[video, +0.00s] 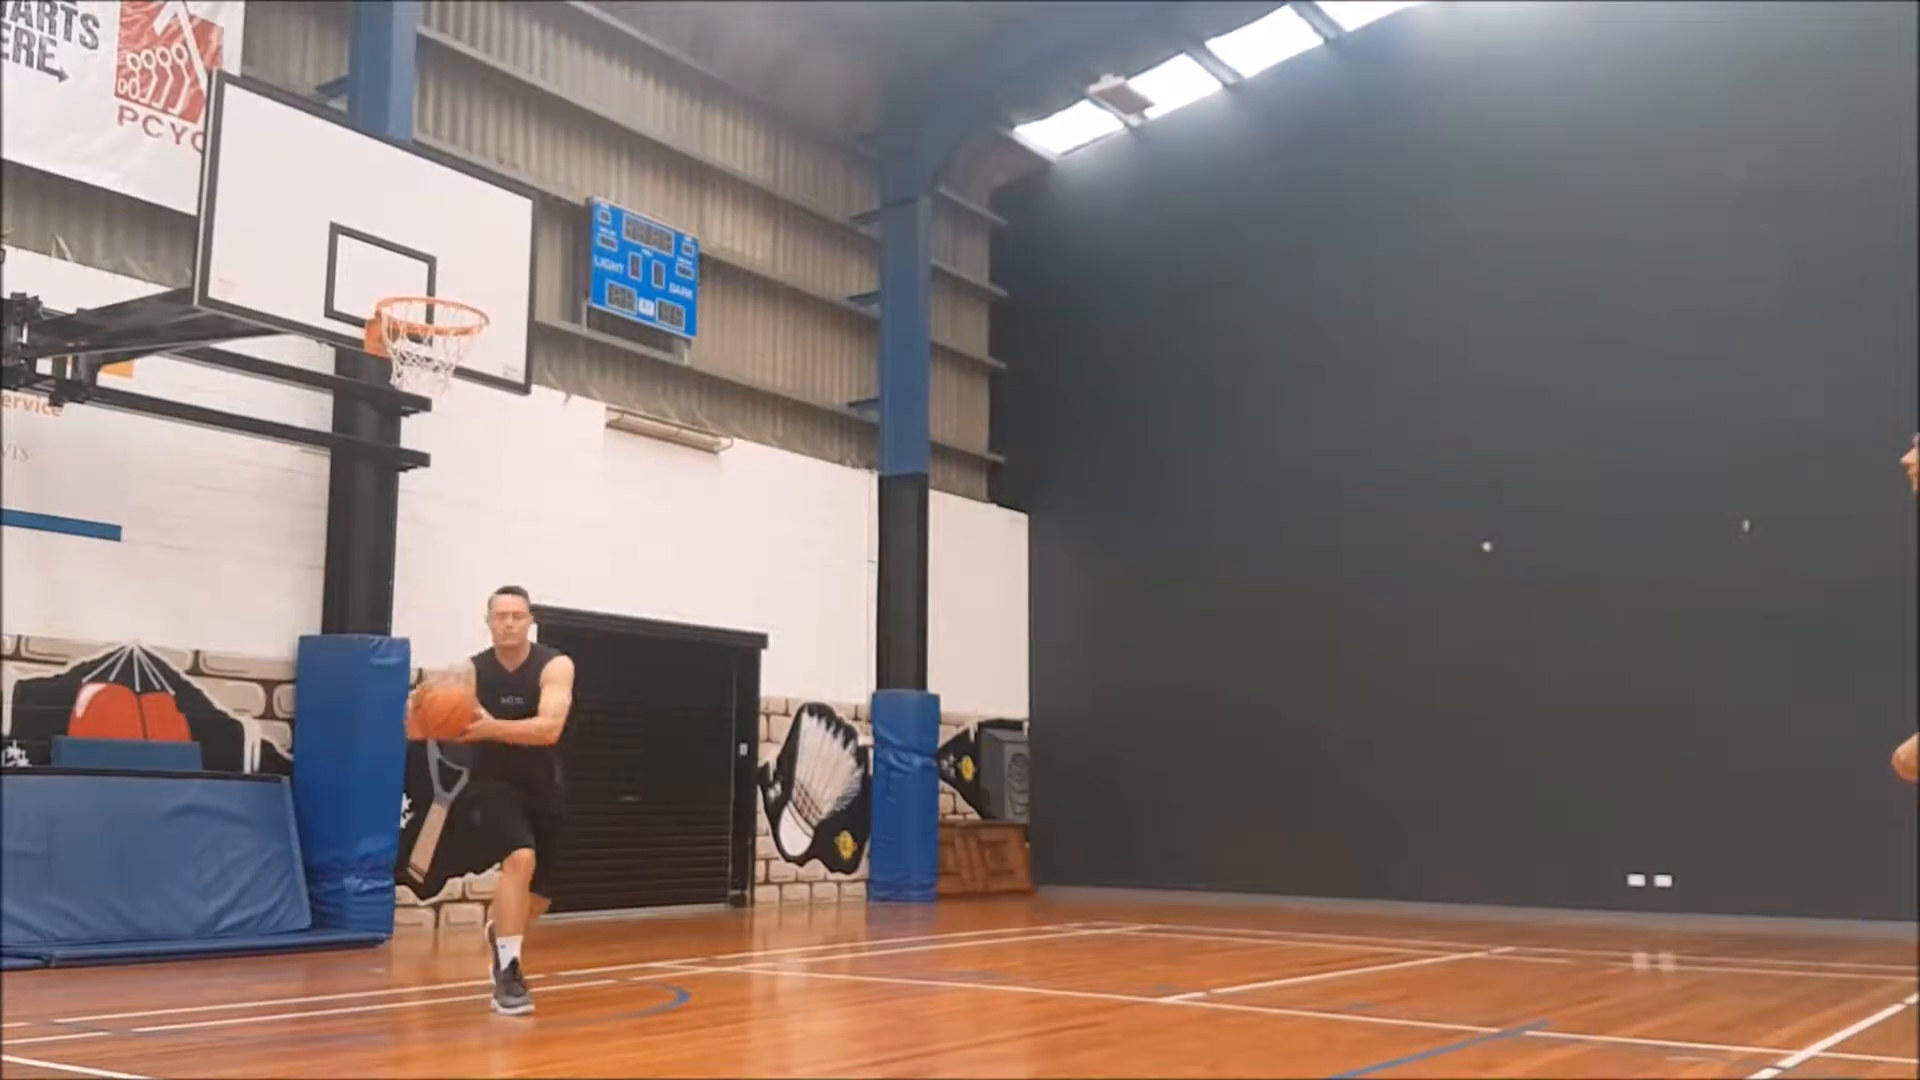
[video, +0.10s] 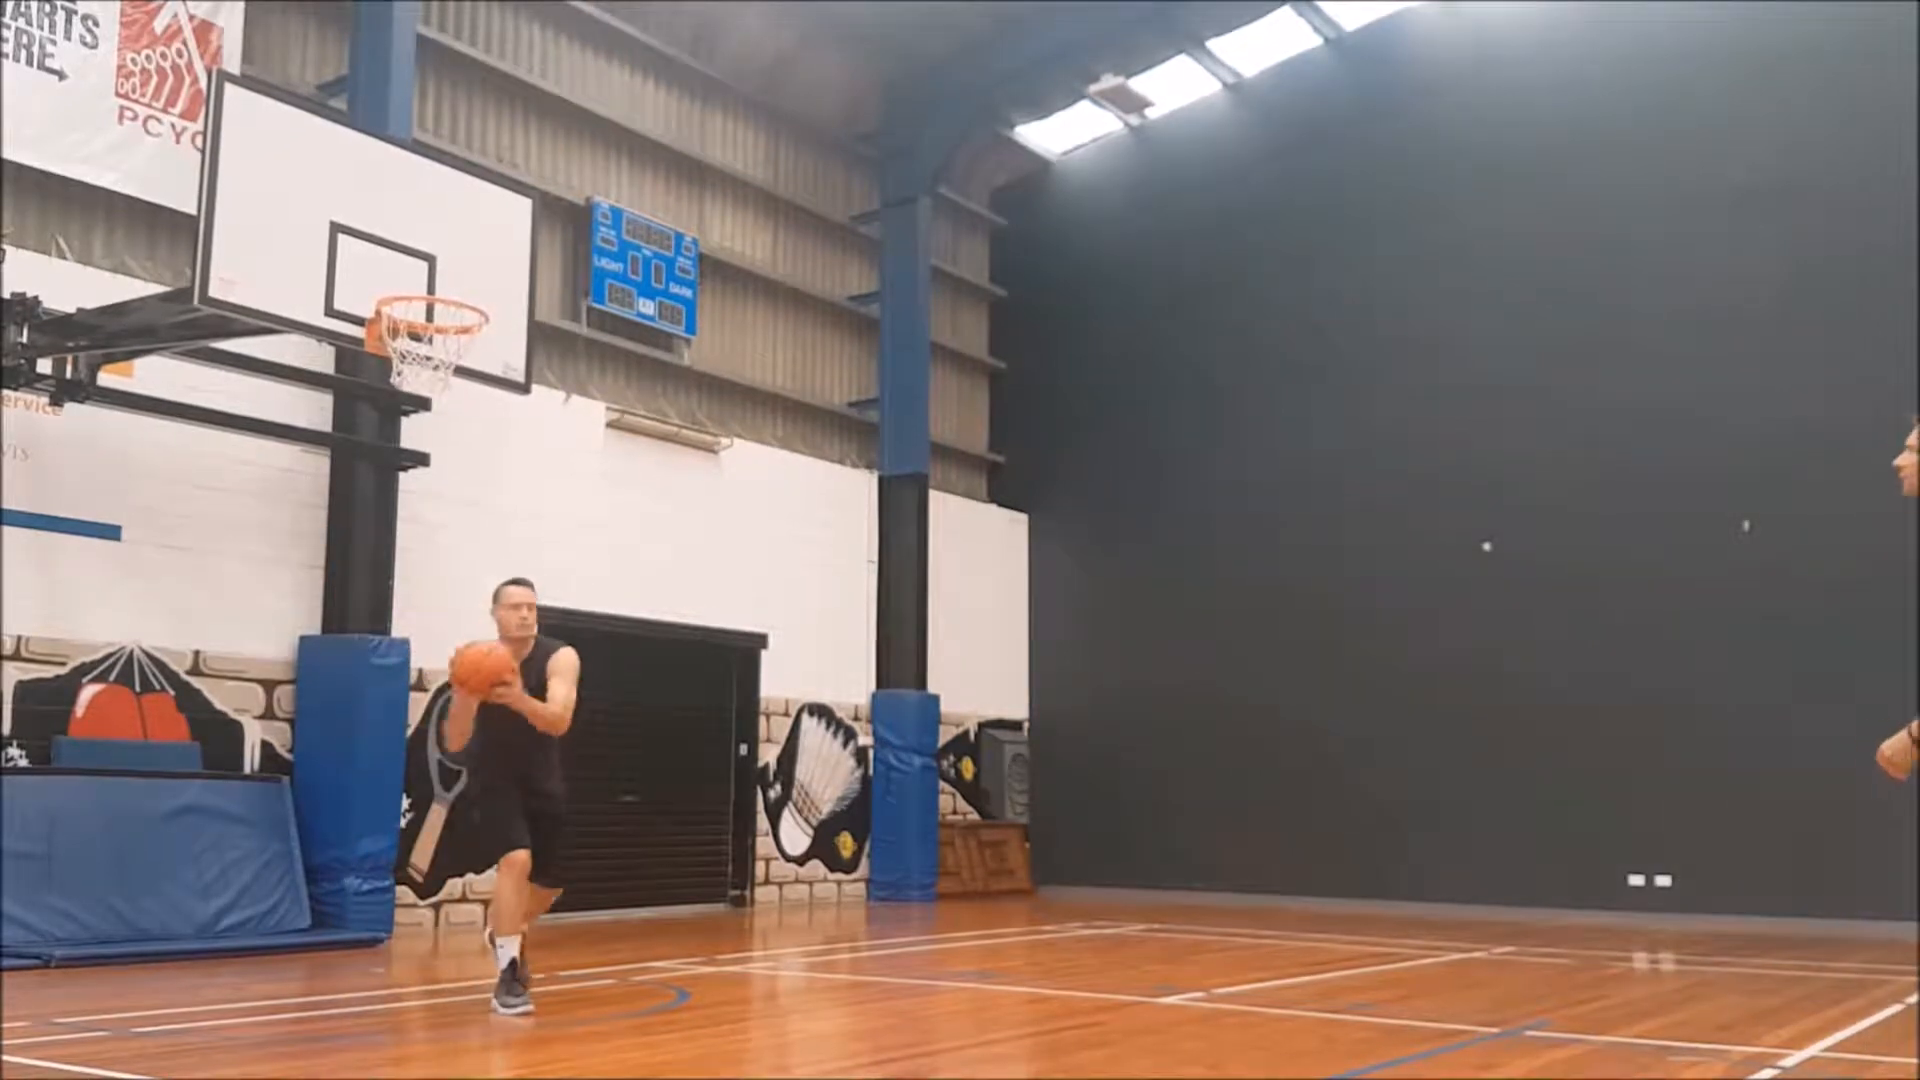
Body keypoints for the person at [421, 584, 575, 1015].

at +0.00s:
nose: (508, 625)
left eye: (516, 616)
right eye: (500, 617)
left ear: (531, 621)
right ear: (489, 623)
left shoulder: (556, 666)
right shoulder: (472, 672)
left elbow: (549, 730)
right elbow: (455, 722)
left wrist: (491, 728)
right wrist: (425, 716)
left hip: (543, 788)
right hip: (493, 784)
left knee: (541, 896)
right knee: (520, 856)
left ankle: (500, 930)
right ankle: (508, 972)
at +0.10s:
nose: (523, 615)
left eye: (529, 607)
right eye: (513, 607)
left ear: (538, 613)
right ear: (495, 615)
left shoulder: (560, 657)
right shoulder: (478, 661)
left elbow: (558, 722)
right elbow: (454, 741)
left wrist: (516, 697)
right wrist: (466, 689)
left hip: (543, 782)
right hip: (494, 781)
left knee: (550, 885)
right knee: (517, 858)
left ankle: (504, 927)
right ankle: (510, 972)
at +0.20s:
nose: (534, 605)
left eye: (538, 597)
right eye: (524, 597)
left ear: (546, 603)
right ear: (501, 608)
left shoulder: (566, 646)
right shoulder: (488, 659)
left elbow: (571, 707)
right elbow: (494, 725)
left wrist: (555, 663)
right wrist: (516, 666)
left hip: (544, 776)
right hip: (495, 777)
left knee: (558, 872)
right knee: (515, 858)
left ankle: (528, 941)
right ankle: (507, 972)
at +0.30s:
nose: (537, 596)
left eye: (540, 588)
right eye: (527, 589)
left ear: (546, 594)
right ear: (503, 598)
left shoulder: (562, 635)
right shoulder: (491, 649)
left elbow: (578, 698)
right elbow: (533, 672)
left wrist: (584, 670)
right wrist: (577, 639)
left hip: (542, 769)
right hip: (493, 771)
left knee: (560, 864)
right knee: (516, 858)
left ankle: (537, 947)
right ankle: (507, 974)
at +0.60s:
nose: (541, 573)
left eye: (543, 566)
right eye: (530, 566)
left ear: (546, 574)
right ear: (505, 575)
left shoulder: (561, 624)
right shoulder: (490, 628)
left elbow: (580, 688)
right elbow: (517, 689)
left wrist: (596, 739)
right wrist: (583, 699)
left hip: (542, 765)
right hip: (497, 767)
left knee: (553, 858)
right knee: (514, 856)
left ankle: (501, 937)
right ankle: (506, 971)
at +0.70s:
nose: (541, 573)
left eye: (543, 566)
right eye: (531, 566)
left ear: (545, 575)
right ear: (504, 574)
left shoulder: (558, 626)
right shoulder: (488, 631)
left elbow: (570, 696)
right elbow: (494, 709)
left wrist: (586, 759)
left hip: (545, 764)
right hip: (500, 765)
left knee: (541, 867)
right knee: (515, 860)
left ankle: (494, 950)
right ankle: (506, 972)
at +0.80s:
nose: (539, 576)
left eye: (542, 569)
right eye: (529, 569)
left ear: (546, 578)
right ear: (504, 577)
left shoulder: (556, 632)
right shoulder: (486, 635)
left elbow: (562, 703)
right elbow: (470, 710)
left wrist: (571, 766)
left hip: (539, 770)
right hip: (497, 769)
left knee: (522, 866)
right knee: (516, 859)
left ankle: (487, 960)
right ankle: (506, 972)